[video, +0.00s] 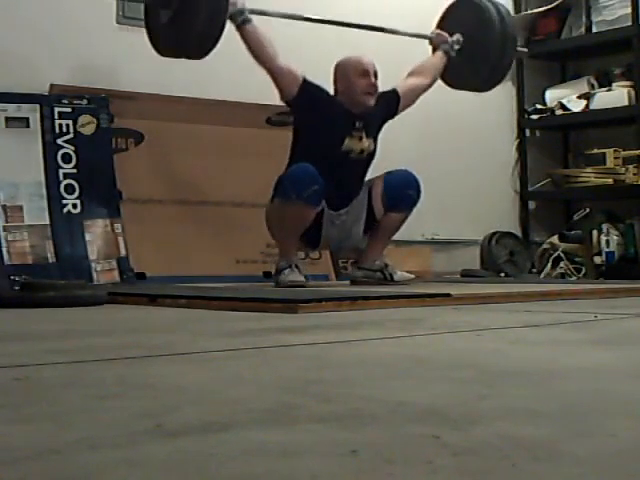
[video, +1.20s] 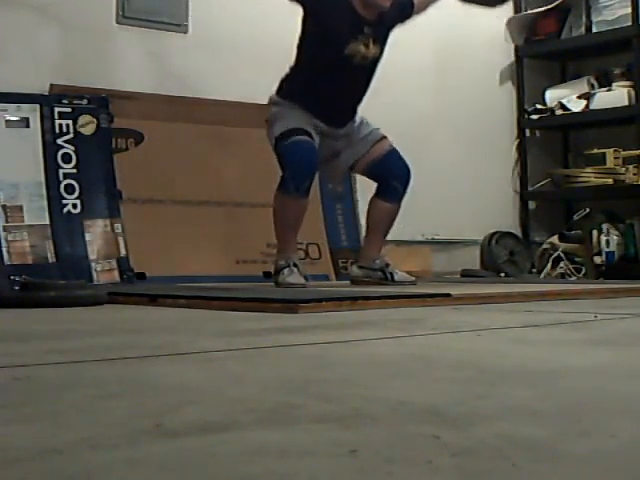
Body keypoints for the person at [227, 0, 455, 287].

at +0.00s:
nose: (373, 82)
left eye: (375, 77)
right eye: (364, 75)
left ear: (378, 83)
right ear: (340, 83)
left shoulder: (377, 112)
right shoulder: (312, 103)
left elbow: (420, 80)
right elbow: (272, 63)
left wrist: (444, 50)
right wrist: (240, 17)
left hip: (350, 220)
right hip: (305, 218)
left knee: (405, 184)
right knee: (303, 178)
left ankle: (370, 264)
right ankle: (287, 264)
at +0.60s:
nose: (390, 60)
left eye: (391, 55)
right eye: (381, 54)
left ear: (393, 62)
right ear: (356, 61)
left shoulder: (391, 89)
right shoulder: (325, 78)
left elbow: (433, 60)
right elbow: (282, 45)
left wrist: (459, 31)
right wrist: (247, 5)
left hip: (347, 189)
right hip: (296, 184)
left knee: (409, 183)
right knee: (313, 174)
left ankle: (369, 263)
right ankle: (288, 263)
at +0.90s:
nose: (396, 27)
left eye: (399, 22)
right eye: (388, 20)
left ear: (402, 26)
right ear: (364, 27)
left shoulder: (396, 56)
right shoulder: (331, 43)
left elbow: (437, 28)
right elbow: (285, 10)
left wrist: (457, 5)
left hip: (347, 153)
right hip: (298, 140)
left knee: (409, 178)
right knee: (308, 165)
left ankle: (370, 262)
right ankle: (286, 262)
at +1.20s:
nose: (387, 1)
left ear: (393, 2)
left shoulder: (389, 15)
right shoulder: (323, 6)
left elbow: (424, 2)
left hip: (344, 124)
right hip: (296, 111)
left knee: (396, 173)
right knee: (301, 161)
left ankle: (369, 262)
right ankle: (285, 263)